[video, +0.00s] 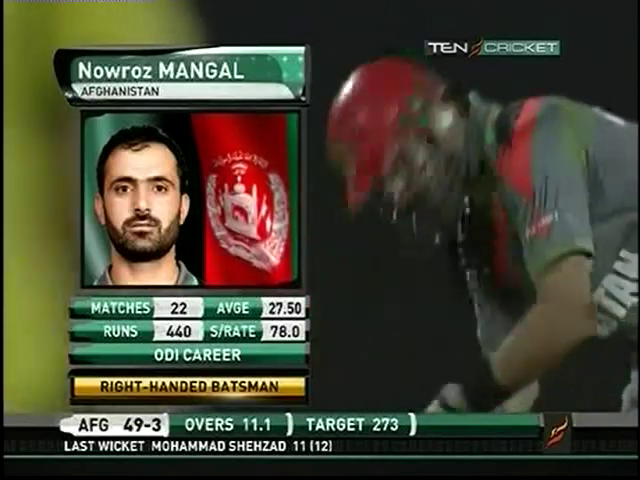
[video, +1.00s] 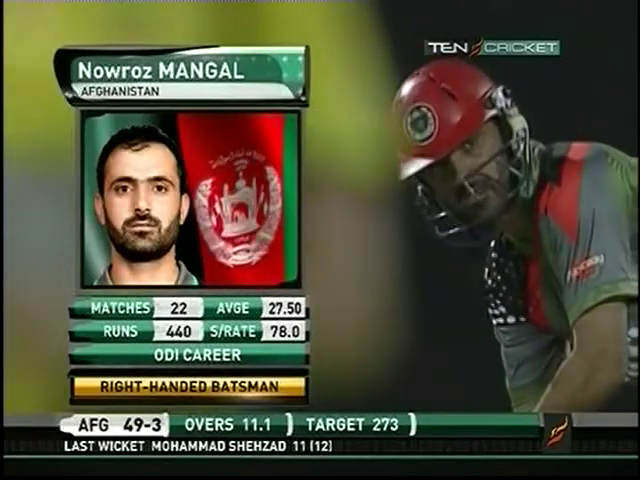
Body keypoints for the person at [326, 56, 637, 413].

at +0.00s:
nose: (397, 196)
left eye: (397, 169)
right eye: (385, 184)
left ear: (426, 130)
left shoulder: (541, 134)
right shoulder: (478, 217)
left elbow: (571, 313)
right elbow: (517, 380)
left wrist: (470, 395)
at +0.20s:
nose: (434, 149)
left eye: (441, 121)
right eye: (411, 142)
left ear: (479, 106)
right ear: (399, 165)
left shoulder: (554, 152)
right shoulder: (483, 254)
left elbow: (546, 339)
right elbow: (495, 398)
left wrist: (481, 402)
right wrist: (565, 320)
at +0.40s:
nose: (448, 164)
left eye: (456, 135)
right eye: (425, 156)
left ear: (494, 122)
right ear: (411, 178)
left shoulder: (566, 175)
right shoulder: (496, 272)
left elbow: (565, 360)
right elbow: (514, 414)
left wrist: (478, 452)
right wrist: (592, 354)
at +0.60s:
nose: (460, 168)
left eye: (469, 140)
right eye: (437, 161)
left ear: (507, 124)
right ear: (423, 182)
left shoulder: (577, 179)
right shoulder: (510, 267)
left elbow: (580, 362)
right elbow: (526, 411)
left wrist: (498, 453)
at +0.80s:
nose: (462, 181)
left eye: (469, 151)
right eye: (438, 173)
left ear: (505, 132)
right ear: (425, 193)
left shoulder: (578, 181)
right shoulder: (509, 279)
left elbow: (596, 364)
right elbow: (532, 414)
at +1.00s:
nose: (462, 174)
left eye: (470, 145)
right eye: (438, 166)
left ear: (507, 127)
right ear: (424, 187)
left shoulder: (581, 180)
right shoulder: (508, 274)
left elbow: (601, 363)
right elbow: (534, 412)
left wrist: (521, 447)